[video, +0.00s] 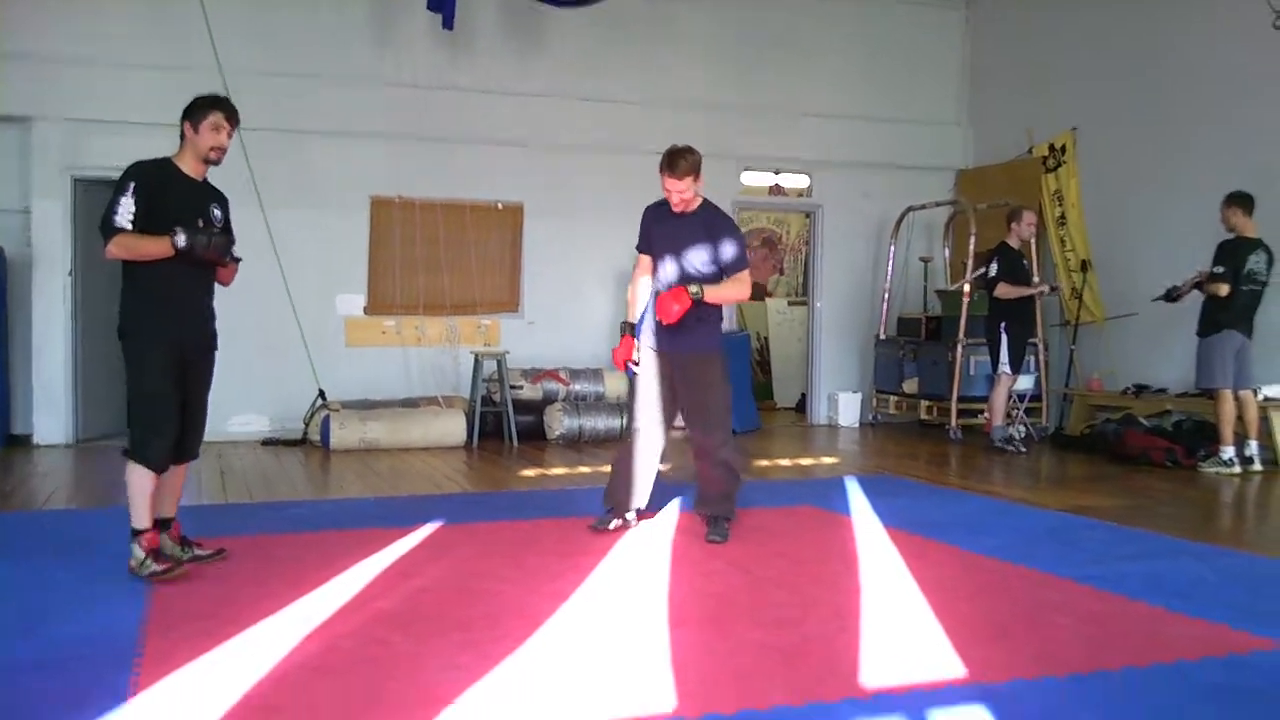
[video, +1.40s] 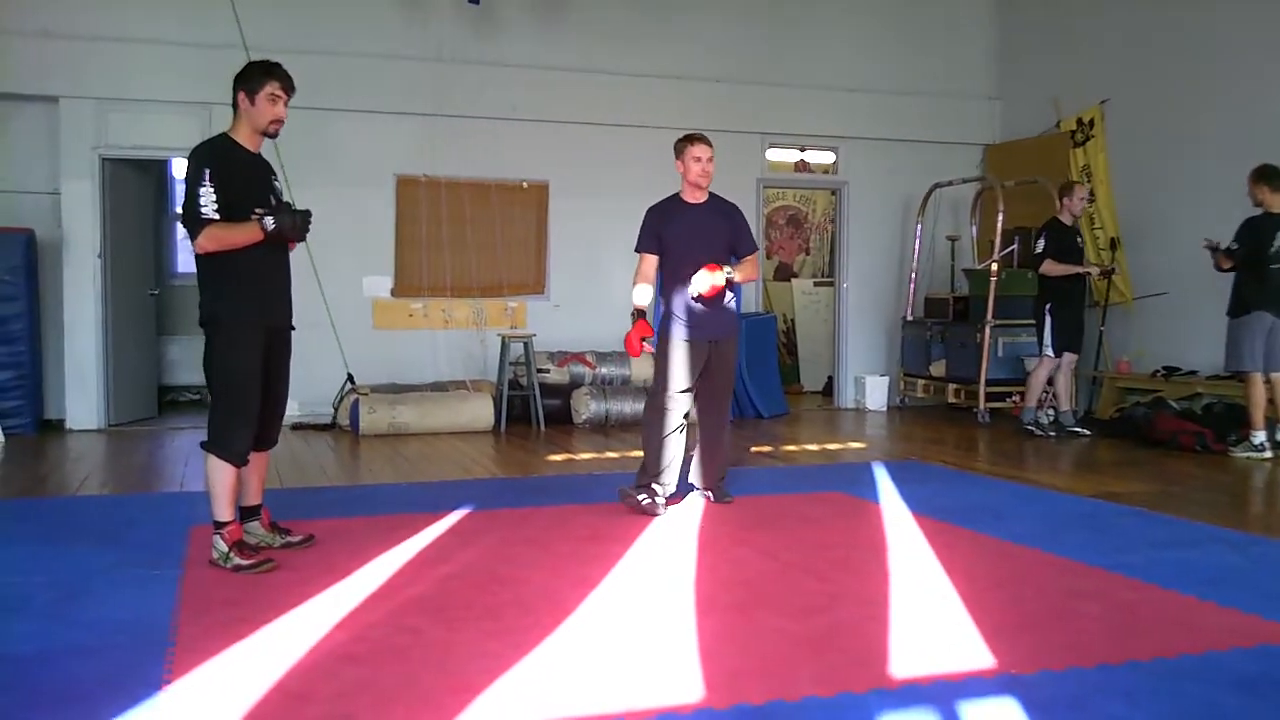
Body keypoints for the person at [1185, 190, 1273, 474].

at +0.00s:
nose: (1221, 218)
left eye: (1224, 213)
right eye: (1222, 213)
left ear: (1236, 213)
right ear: (1246, 213)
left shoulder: (1229, 247)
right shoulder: (1264, 251)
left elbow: (1221, 289)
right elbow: (1246, 288)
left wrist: (1201, 283)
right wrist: (1209, 278)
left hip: (1221, 328)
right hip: (1244, 328)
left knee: (1223, 391)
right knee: (1245, 390)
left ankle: (1226, 455)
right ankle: (1253, 453)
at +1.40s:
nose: (1249, 192)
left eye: (1252, 187)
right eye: (1250, 187)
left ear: (1265, 188)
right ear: (1273, 188)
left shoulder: (1256, 225)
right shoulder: (1275, 222)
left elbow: (1226, 263)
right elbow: (1251, 258)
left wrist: (1216, 251)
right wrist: (1226, 253)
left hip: (1254, 307)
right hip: (1276, 305)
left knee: (1253, 374)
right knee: (1274, 374)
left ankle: (1258, 440)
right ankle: (1276, 434)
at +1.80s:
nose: (1269, 197)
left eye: (1269, 192)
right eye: (1268, 191)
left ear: (1274, 193)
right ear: (1275, 192)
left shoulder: (1269, 226)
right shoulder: (1268, 226)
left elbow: (1241, 268)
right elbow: (1243, 266)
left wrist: (1219, 274)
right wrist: (1223, 273)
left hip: (1267, 311)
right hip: (1268, 310)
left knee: (1269, 376)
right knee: (1269, 376)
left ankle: (1271, 441)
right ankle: (1271, 439)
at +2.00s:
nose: (1261, 196)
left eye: (1261, 190)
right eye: (1260, 190)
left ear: (1268, 190)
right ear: (1275, 189)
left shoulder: (1262, 225)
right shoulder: (1262, 225)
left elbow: (1252, 270)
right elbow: (1252, 270)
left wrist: (1247, 308)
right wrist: (1249, 308)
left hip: (1269, 308)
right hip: (1269, 308)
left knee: (1267, 371)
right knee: (1267, 371)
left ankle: (1270, 436)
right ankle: (1270, 435)